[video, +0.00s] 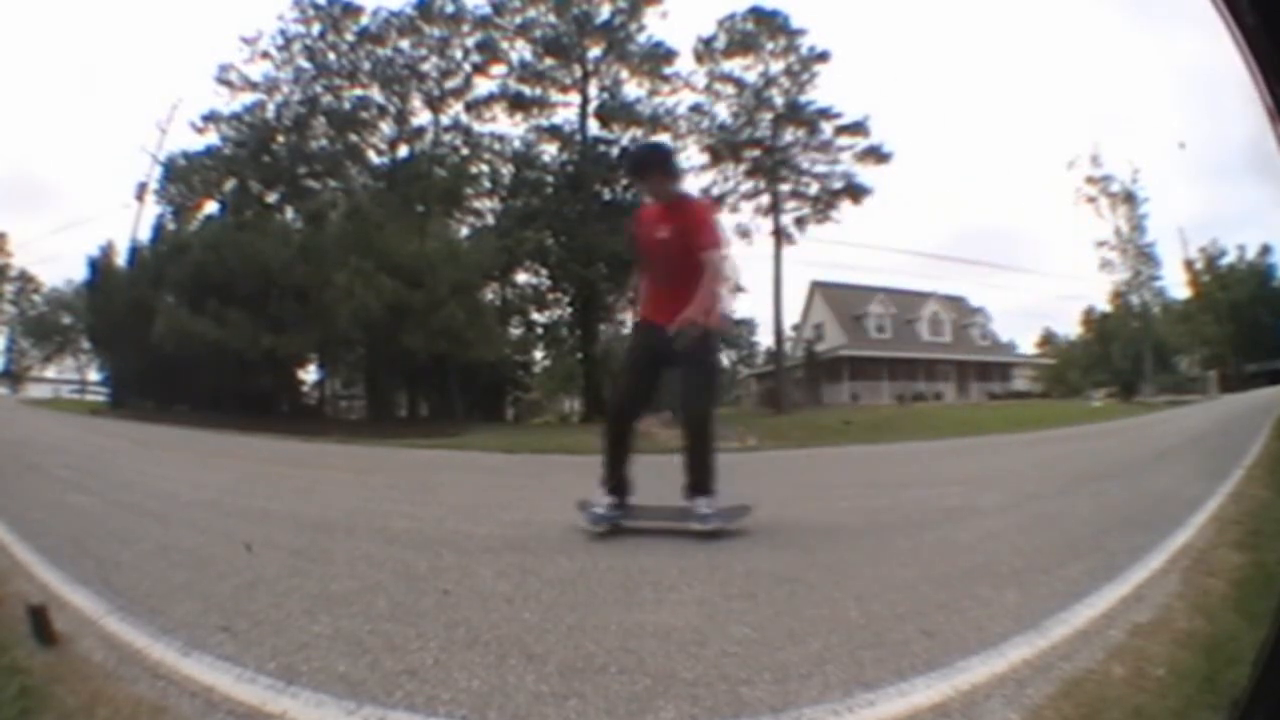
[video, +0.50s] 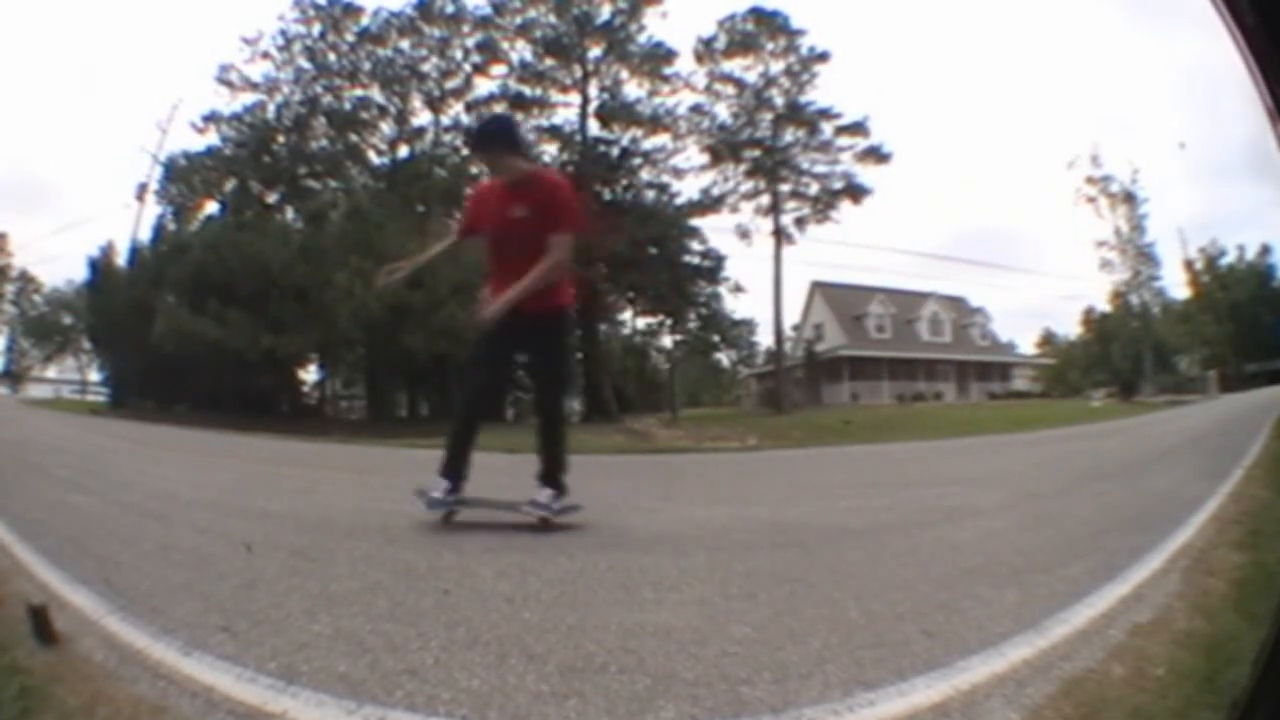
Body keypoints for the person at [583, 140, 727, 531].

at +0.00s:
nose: (646, 188)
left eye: (649, 179)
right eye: (641, 181)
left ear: (665, 174)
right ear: (640, 181)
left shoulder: (694, 212)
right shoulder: (644, 216)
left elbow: (714, 267)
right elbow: (647, 269)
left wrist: (695, 313)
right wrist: (643, 313)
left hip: (694, 326)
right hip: (652, 326)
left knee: (696, 413)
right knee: (621, 407)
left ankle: (700, 494)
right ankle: (615, 494)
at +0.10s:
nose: (614, 185)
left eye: (617, 176)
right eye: (609, 179)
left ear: (636, 170)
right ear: (610, 178)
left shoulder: (666, 208)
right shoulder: (612, 211)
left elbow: (660, 265)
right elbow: (603, 258)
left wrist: (598, 288)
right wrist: (559, 249)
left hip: (665, 326)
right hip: (626, 324)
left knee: (658, 410)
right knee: (598, 406)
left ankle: (667, 495)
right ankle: (583, 493)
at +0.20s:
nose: (579, 173)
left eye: (582, 165)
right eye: (575, 167)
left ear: (600, 159)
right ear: (580, 166)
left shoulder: (633, 199)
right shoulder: (582, 198)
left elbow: (613, 259)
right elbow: (550, 236)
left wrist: (545, 260)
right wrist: (519, 206)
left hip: (633, 317)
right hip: (594, 314)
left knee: (628, 404)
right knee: (570, 401)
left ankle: (645, 490)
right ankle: (555, 491)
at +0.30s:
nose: (554, 170)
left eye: (557, 161)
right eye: (550, 163)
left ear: (574, 155)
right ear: (552, 161)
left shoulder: (611, 199)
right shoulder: (550, 195)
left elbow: (593, 261)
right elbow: (528, 230)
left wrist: (532, 250)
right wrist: (502, 216)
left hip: (600, 316)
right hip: (562, 315)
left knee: (595, 409)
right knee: (538, 404)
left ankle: (633, 491)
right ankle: (526, 491)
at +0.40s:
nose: (528, 170)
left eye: (531, 162)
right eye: (524, 163)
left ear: (547, 156)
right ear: (523, 161)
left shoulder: (587, 196)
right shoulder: (520, 193)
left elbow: (587, 261)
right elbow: (489, 229)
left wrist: (520, 266)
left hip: (575, 315)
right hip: (530, 314)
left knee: (577, 407)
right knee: (504, 397)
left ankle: (589, 488)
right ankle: (487, 487)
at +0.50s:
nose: (489, 167)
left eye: (491, 158)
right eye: (484, 159)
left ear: (507, 150)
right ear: (486, 156)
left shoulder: (553, 187)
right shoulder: (487, 194)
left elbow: (560, 256)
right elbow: (458, 240)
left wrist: (505, 299)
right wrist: (408, 267)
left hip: (549, 308)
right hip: (502, 308)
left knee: (550, 400)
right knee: (476, 392)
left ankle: (553, 485)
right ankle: (450, 479)